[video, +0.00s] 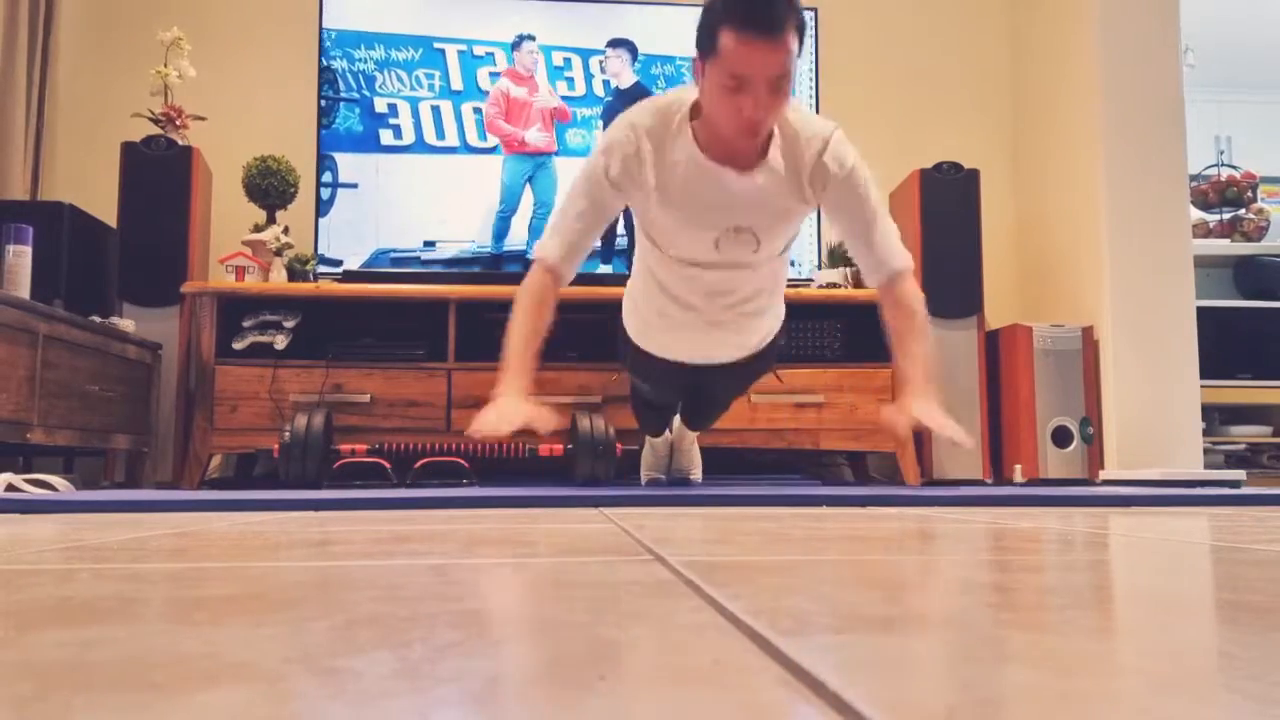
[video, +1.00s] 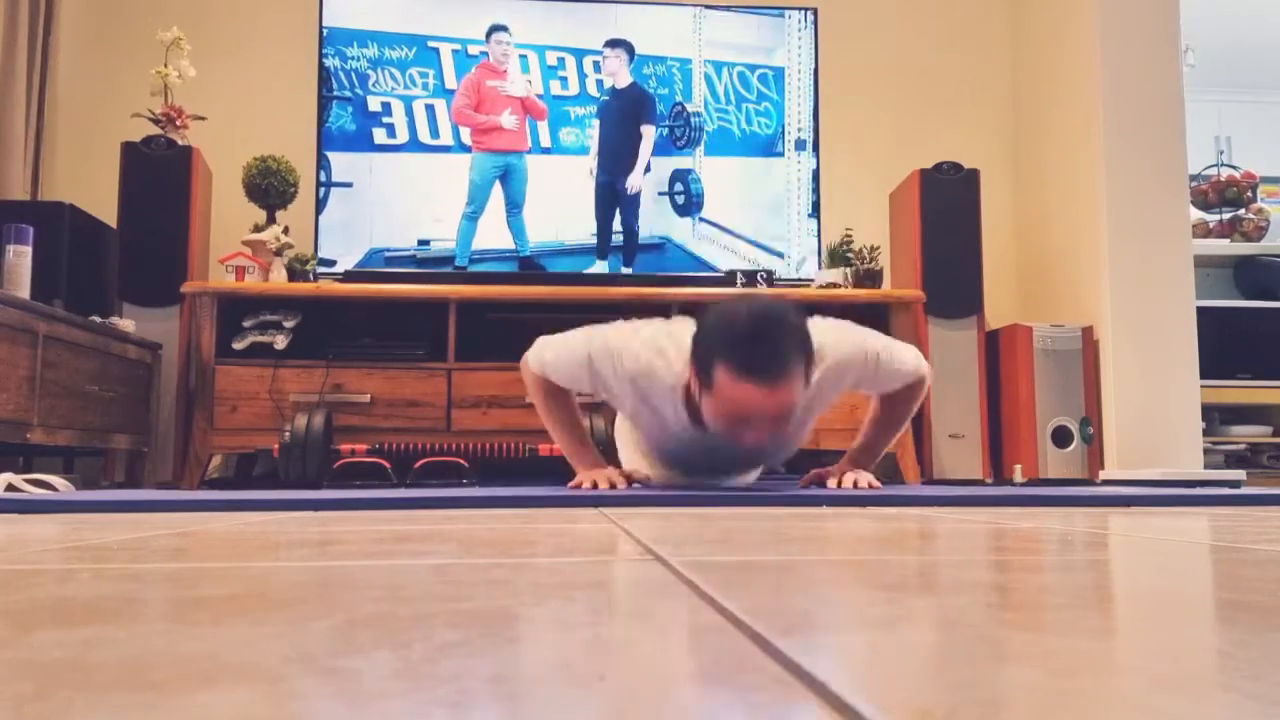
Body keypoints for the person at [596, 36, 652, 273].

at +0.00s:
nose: (606, 63)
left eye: (612, 58)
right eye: (606, 58)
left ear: (627, 61)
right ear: (610, 61)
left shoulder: (645, 97)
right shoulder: (611, 99)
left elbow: (653, 135)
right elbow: (603, 134)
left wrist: (646, 164)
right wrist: (600, 163)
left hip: (637, 166)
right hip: (612, 166)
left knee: (633, 218)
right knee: (607, 216)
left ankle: (634, 262)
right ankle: (605, 261)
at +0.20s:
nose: (602, 62)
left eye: (607, 57)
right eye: (602, 57)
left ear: (623, 60)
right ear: (609, 60)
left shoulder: (644, 97)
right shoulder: (608, 98)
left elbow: (648, 138)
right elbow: (600, 133)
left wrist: (638, 173)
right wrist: (595, 159)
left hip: (629, 172)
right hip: (606, 170)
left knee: (630, 225)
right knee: (604, 221)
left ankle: (628, 270)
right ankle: (603, 263)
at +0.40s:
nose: (602, 61)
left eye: (607, 57)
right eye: (601, 56)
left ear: (622, 59)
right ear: (605, 59)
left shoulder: (642, 97)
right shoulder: (606, 96)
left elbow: (647, 137)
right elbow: (597, 130)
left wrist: (636, 173)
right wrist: (593, 158)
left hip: (628, 171)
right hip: (604, 169)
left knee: (628, 223)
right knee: (602, 219)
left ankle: (627, 268)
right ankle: (601, 262)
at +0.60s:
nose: (600, 61)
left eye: (604, 56)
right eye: (601, 57)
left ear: (620, 59)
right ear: (616, 59)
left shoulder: (643, 97)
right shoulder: (605, 96)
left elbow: (647, 136)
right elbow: (598, 131)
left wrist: (636, 172)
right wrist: (592, 158)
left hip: (628, 175)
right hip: (604, 172)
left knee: (625, 232)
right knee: (602, 229)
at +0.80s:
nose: (601, 61)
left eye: (605, 57)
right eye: (602, 57)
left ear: (621, 59)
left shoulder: (644, 97)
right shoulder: (605, 96)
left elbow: (648, 138)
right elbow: (598, 130)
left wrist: (641, 174)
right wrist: (593, 158)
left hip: (629, 176)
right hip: (604, 174)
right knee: (602, 227)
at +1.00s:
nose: (603, 62)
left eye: (608, 58)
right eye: (603, 58)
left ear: (623, 61)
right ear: (608, 61)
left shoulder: (643, 97)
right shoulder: (605, 97)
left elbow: (648, 137)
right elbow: (599, 131)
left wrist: (638, 172)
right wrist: (593, 157)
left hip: (629, 171)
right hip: (605, 169)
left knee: (629, 222)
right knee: (603, 219)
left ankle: (627, 267)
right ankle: (601, 261)